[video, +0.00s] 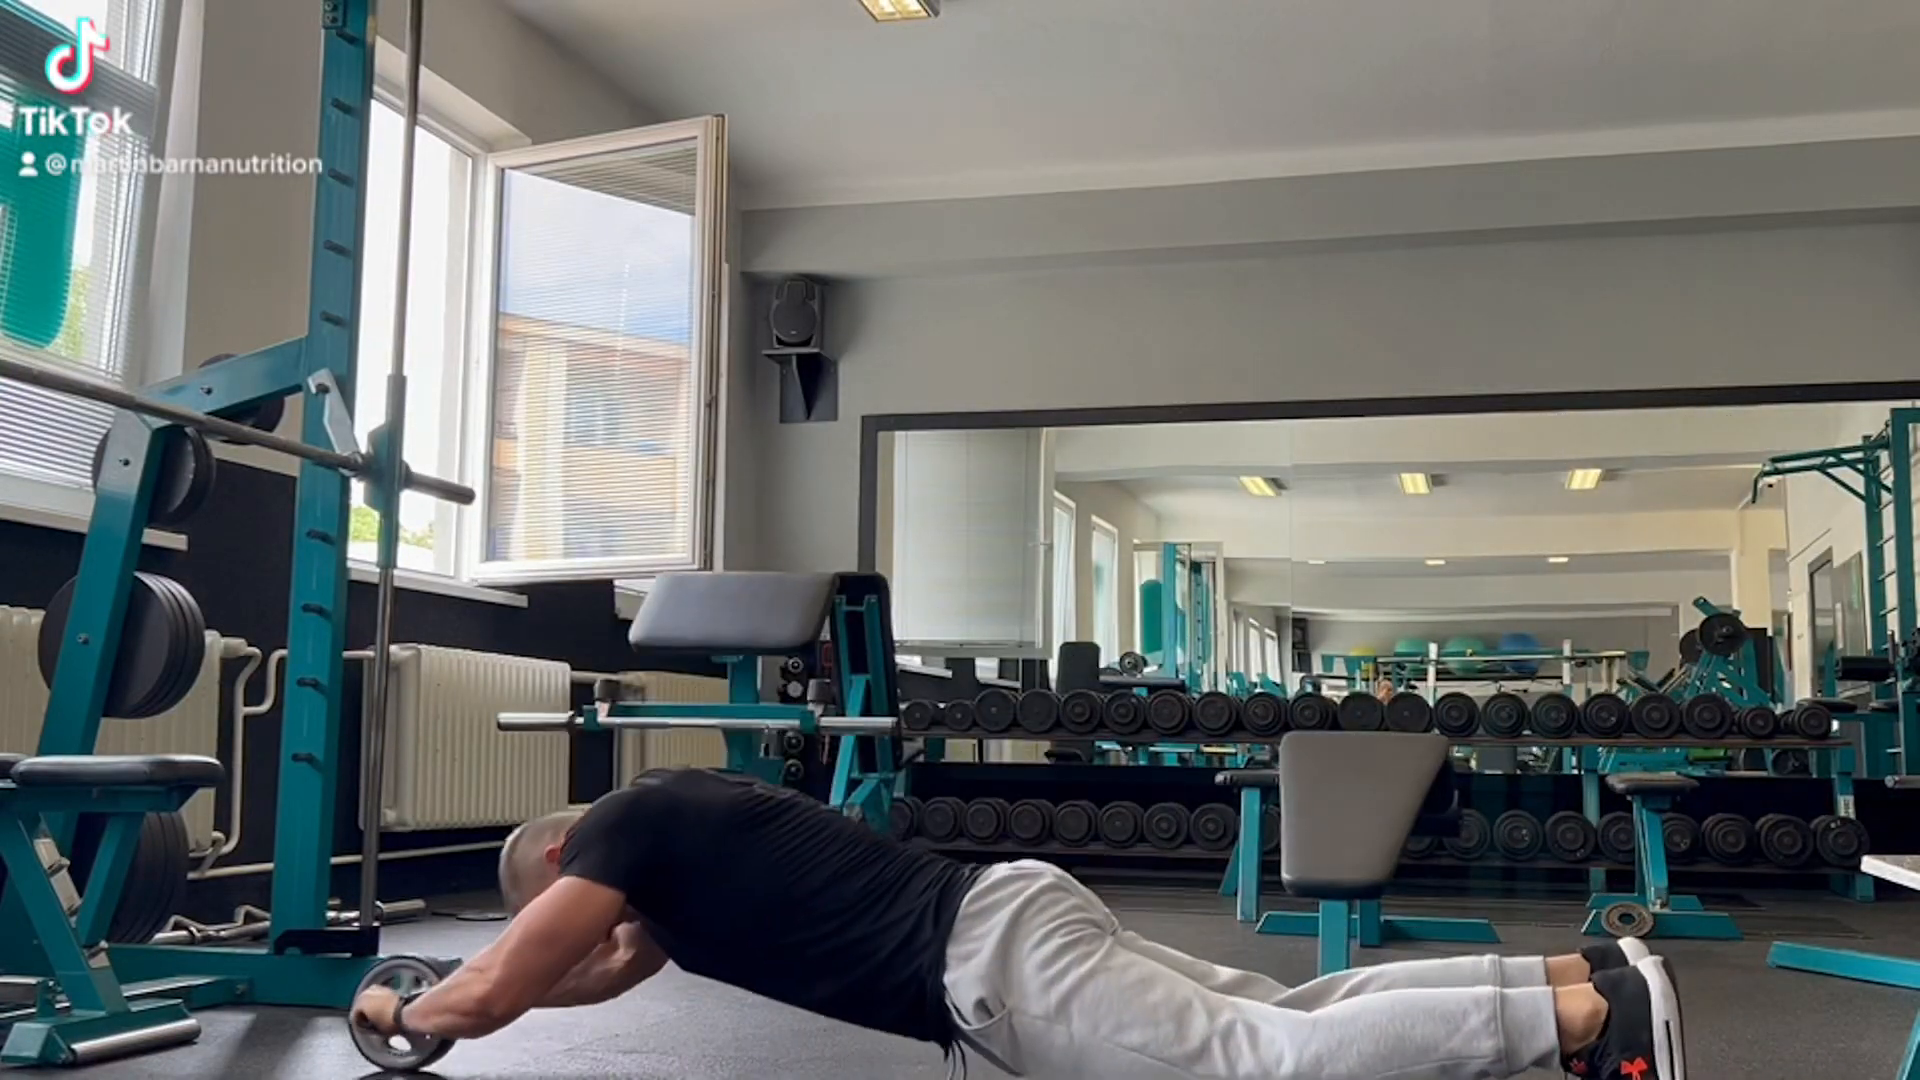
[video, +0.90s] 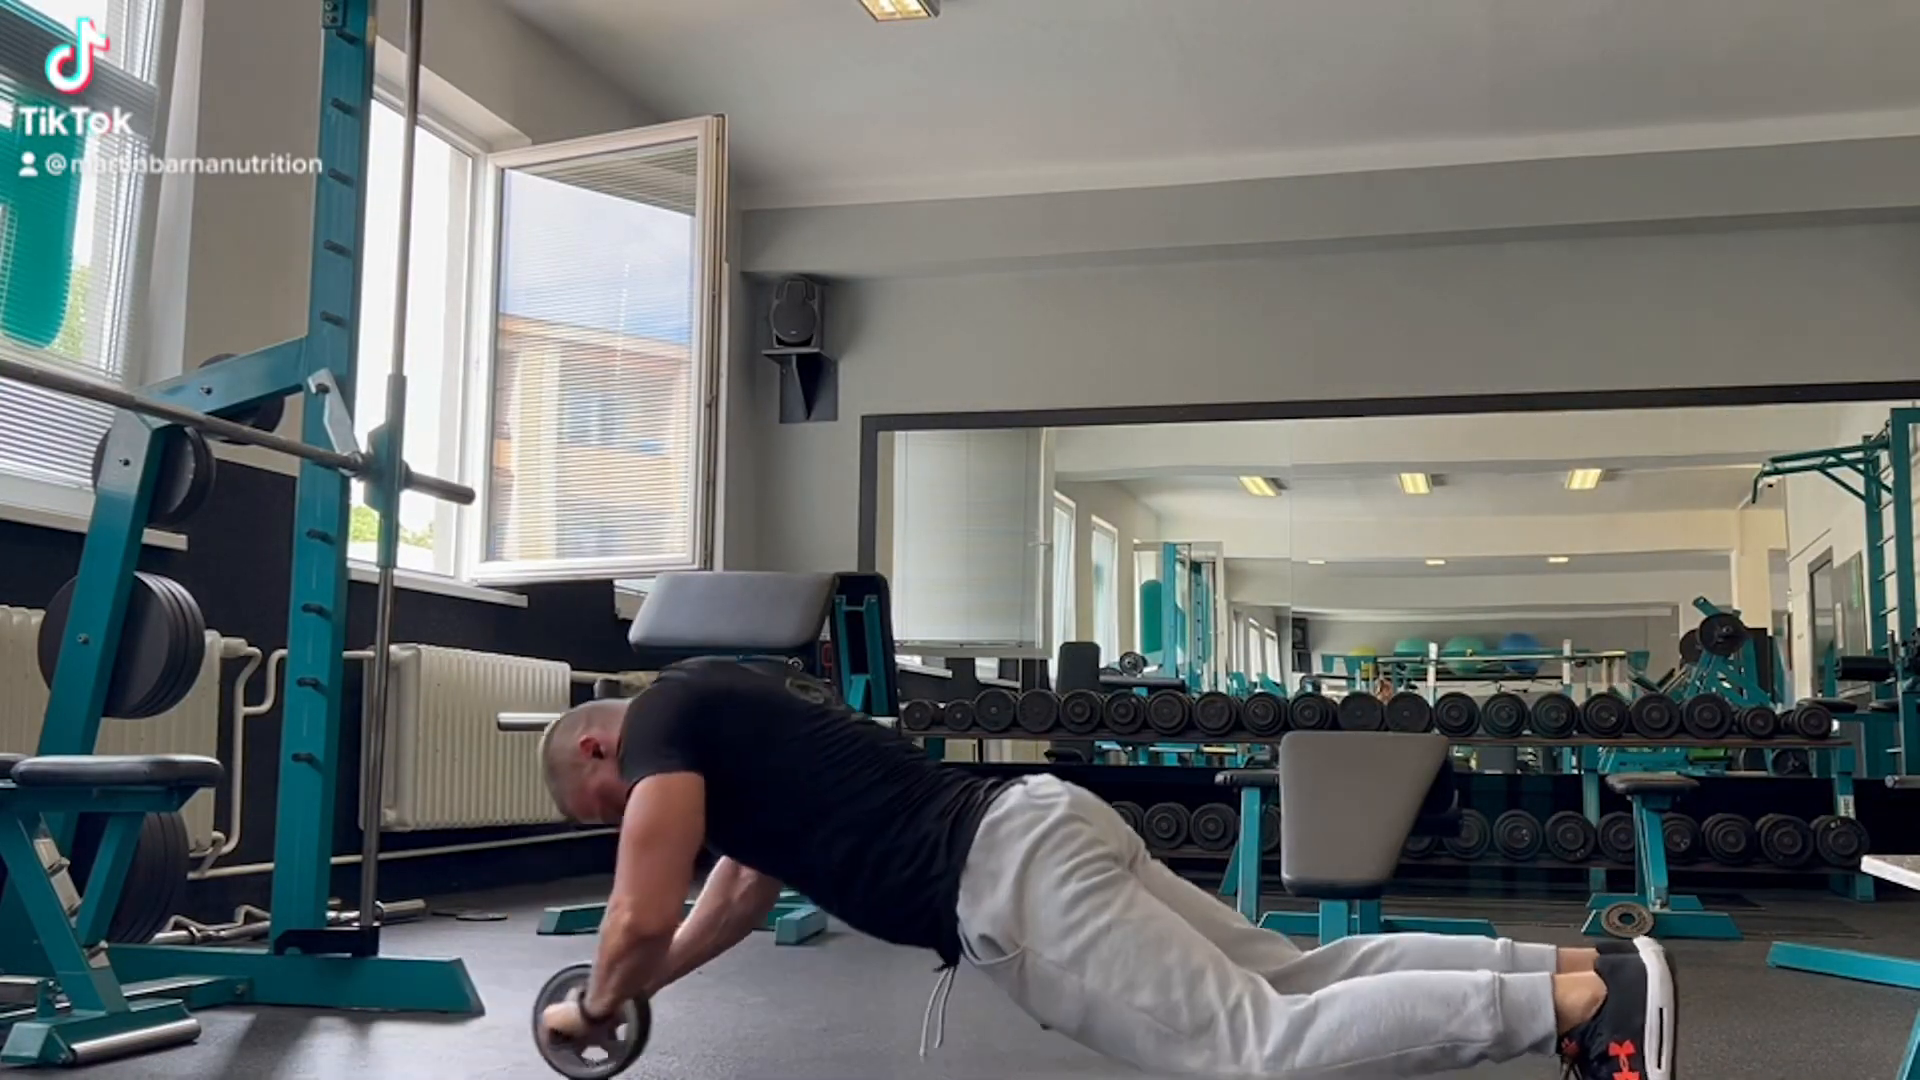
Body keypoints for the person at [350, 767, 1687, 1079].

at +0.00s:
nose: (553, 940)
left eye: (542, 918)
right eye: (544, 929)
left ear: (565, 863)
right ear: (590, 861)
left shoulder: (627, 835)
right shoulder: (683, 862)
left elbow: (486, 996)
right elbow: (615, 976)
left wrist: (412, 1017)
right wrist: (485, 1006)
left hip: (994, 947)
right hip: (1003, 938)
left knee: (1247, 1050)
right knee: (1264, 1011)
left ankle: (1564, 1006)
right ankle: (1559, 990)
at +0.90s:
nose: (607, 825)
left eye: (588, 803)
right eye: (597, 811)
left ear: (589, 751)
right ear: (621, 736)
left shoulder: (670, 713)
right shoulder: (742, 722)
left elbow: (642, 923)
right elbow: (721, 917)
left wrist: (595, 1010)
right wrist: (626, 990)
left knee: (1257, 1042)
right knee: (1291, 978)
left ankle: (1576, 998)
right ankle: (1574, 973)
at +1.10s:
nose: (676, 762)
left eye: (655, 744)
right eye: (663, 757)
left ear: (658, 678)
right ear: (685, 686)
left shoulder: (754, 637)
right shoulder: (819, 668)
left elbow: (783, 845)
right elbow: (851, 856)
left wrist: (768, 992)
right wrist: (798, 989)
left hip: (1107, 698)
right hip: (1110, 714)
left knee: (1315, 924)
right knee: (1326, 902)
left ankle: (1634, 995)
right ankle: (1620, 978)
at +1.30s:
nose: (829, 746)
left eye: (802, 735)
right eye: (810, 743)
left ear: (792, 670)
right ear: (810, 662)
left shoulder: (892, 618)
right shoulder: (916, 639)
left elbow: (940, 837)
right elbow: (983, 837)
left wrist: (940, 990)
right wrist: (951, 986)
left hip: (1239, 583)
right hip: (1225, 621)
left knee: (1420, 839)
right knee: (1364, 838)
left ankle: (1694, 1015)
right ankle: (1638, 973)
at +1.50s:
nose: (981, 746)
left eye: (952, 731)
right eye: (955, 742)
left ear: (958, 662)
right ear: (962, 652)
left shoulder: (1065, 614)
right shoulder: (1066, 620)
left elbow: (1124, 840)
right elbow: (1137, 836)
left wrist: (1120, 1004)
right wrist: (1123, 991)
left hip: (1394, 526)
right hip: (1386, 534)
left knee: (1499, 822)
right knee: (1491, 819)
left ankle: (1742, 1040)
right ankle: (1680, 1010)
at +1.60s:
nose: (1061, 749)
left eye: (1033, 737)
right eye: (1037, 748)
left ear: (1032, 670)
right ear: (1037, 654)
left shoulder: (1144, 612)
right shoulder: (1145, 614)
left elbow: (1232, 835)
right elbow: (1229, 823)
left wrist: (1247, 1008)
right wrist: (1246, 996)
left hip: (1466, 499)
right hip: (1455, 510)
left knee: (1532, 803)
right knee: (1517, 802)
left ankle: (1750, 1047)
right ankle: (1693, 1018)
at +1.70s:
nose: (1125, 758)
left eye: (1102, 744)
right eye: (1102, 756)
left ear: (1107, 675)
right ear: (1113, 663)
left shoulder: (1222, 631)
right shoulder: (1216, 634)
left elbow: (1352, 841)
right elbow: (1328, 829)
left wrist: (1409, 1020)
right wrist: (1397, 998)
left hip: (1537, 490)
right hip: (1513, 511)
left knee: (1566, 795)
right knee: (1534, 797)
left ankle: (1765, 1051)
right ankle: (1702, 1018)